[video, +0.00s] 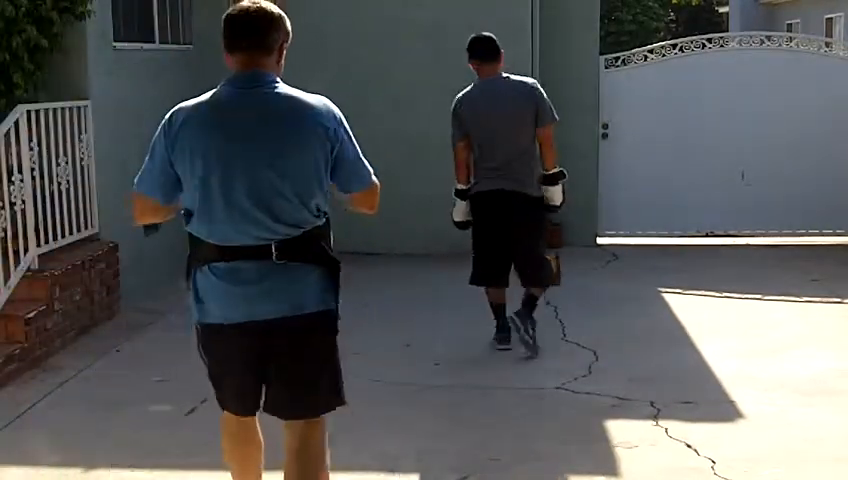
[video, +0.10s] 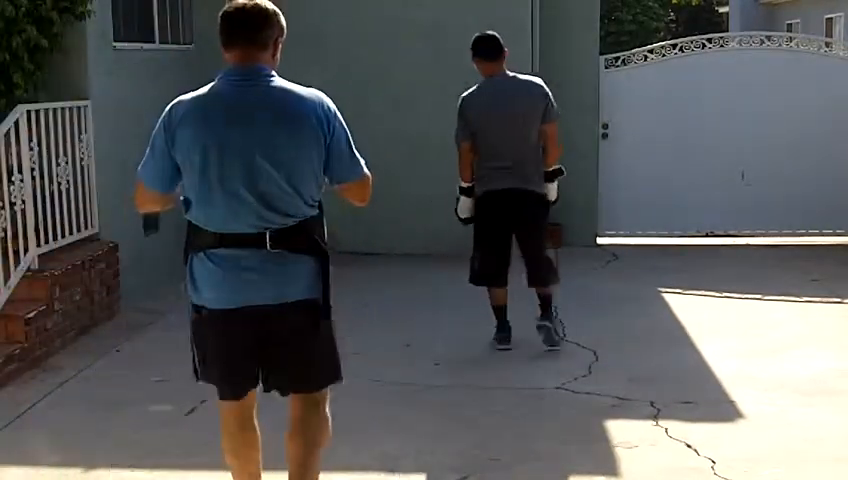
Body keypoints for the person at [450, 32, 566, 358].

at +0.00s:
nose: (477, 69)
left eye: (473, 64)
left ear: (471, 65)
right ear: (502, 58)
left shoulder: (464, 101)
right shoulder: (530, 89)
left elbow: (462, 153)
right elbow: (546, 139)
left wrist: (462, 197)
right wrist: (553, 183)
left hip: (486, 198)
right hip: (525, 196)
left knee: (493, 265)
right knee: (535, 262)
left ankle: (501, 330)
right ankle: (526, 313)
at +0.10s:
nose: (480, 66)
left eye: (477, 61)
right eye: (486, 59)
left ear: (475, 62)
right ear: (505, 56)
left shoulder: (470, 100)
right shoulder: (536, 88)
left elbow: (466, 152)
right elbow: (551, 139)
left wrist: (466, 193)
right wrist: (550, 178)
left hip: (491, 195)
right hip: (530, 192)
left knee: (494, 263)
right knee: (537, 255)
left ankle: (502, 329)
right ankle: (546, 315)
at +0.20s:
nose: (481, 66)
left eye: (481, 60)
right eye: (481, 60)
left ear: (487, 61)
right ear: (510, 58)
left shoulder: (479, 100)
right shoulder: (543, 87)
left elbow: (471, 152)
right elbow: (554, 138)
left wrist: (469, 189)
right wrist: (550, 170)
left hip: (496, 195)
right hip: (534, 192)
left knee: (496, 262)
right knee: (538, 253)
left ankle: (503, 329)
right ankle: (562, 319)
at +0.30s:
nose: (490, 67)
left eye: (491, 60)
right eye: (491, 61)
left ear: (498, 61)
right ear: (519, 58)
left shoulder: (492, 99)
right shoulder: (551, 89)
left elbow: (480, 150)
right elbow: (554, 136)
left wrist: (472, 187)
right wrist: (550, 167)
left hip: (503, 195)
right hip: (538, 191)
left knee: (498, 261)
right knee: (540, 253)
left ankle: (502, 329)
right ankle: (566, 319)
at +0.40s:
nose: (499, 65)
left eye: (500, 59)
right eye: (499, 59)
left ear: (512, 57)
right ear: (529, 57)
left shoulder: (508, 97)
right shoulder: (557, 89)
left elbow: (493, 149)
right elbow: (547, 137)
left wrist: (477, 188)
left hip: (510, 194)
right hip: (544, 191)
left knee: (501, 260)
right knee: (546, 254)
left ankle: (502, 329)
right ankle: (567, 322)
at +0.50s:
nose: (509, 62)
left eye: (511, 56)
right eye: (509, 56)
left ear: (526, 57)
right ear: (537, 57)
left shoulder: (523, 96)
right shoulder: (560, 87)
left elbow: (507, 147)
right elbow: (556, 139)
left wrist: (489, 188)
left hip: (519, 193)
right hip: (551, 190)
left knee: (506, 260)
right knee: (554, 255)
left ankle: (504, 329)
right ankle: (568, 325)